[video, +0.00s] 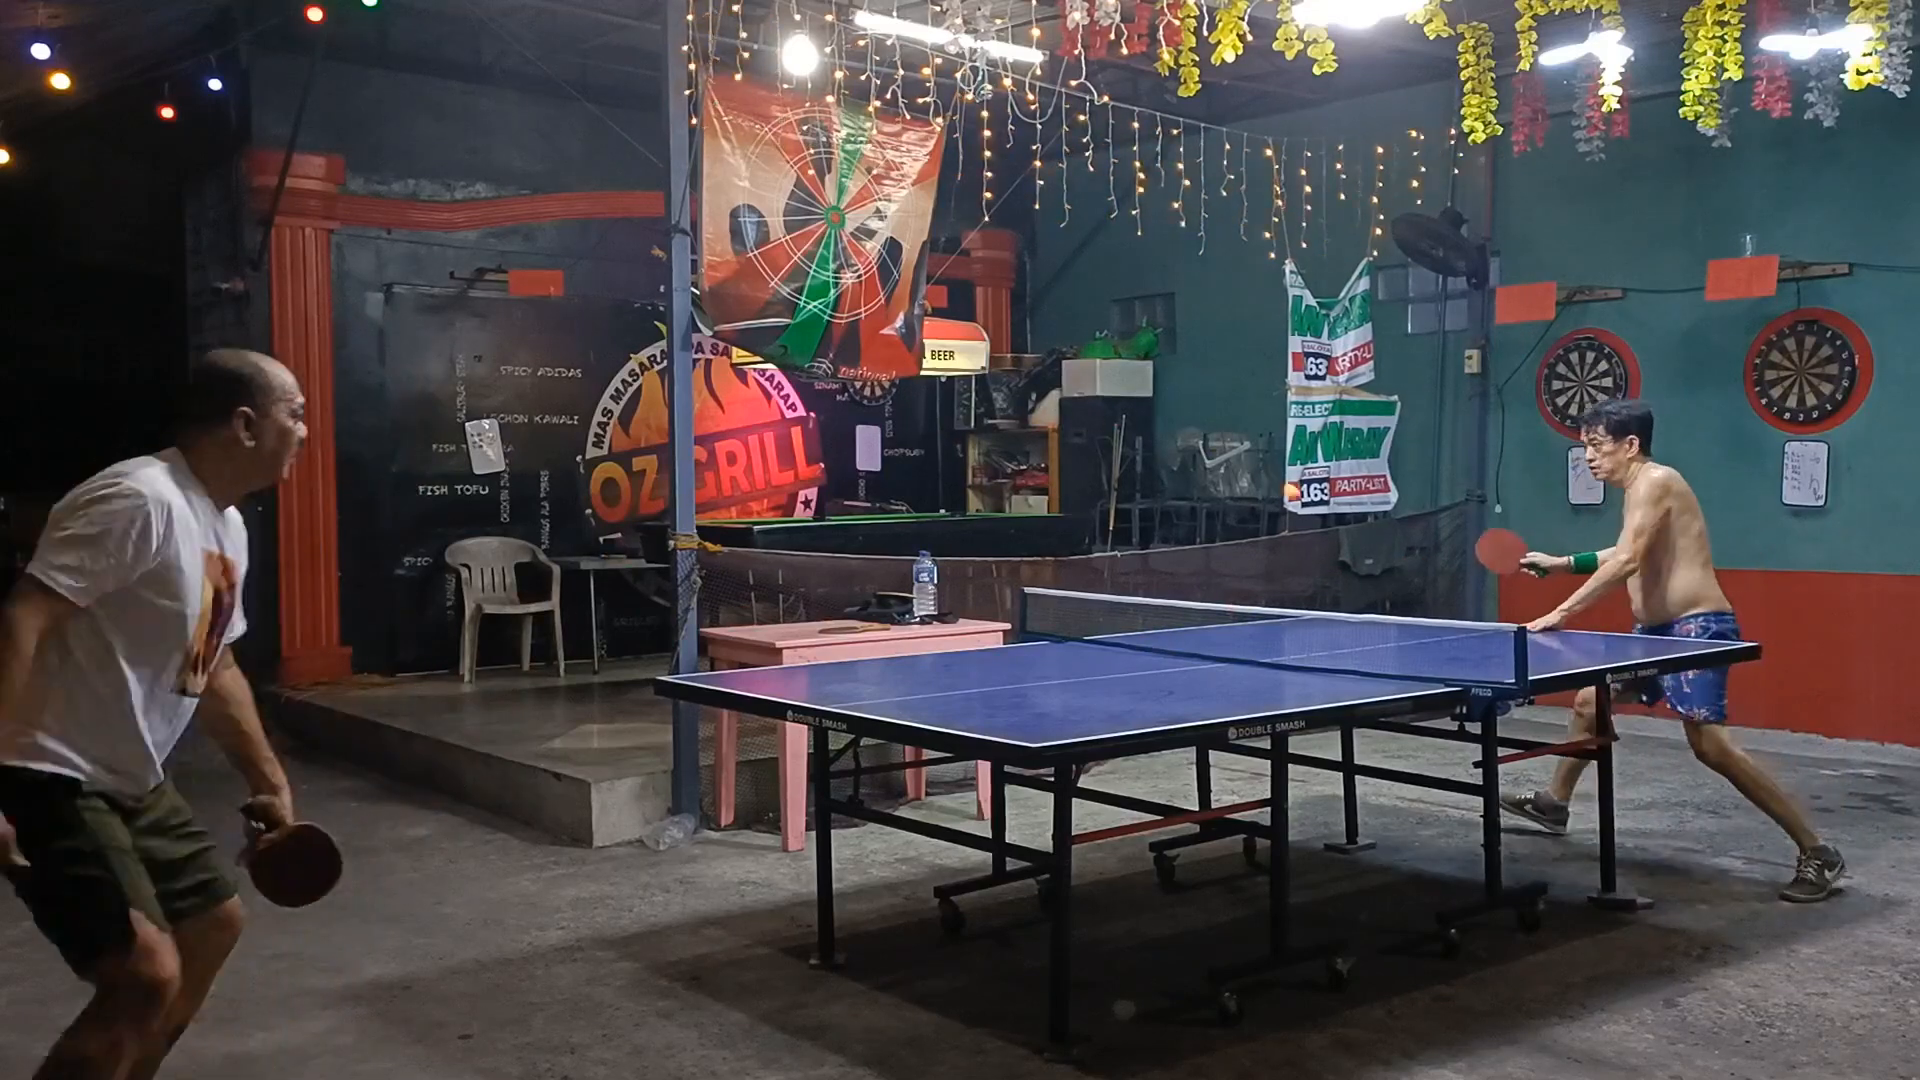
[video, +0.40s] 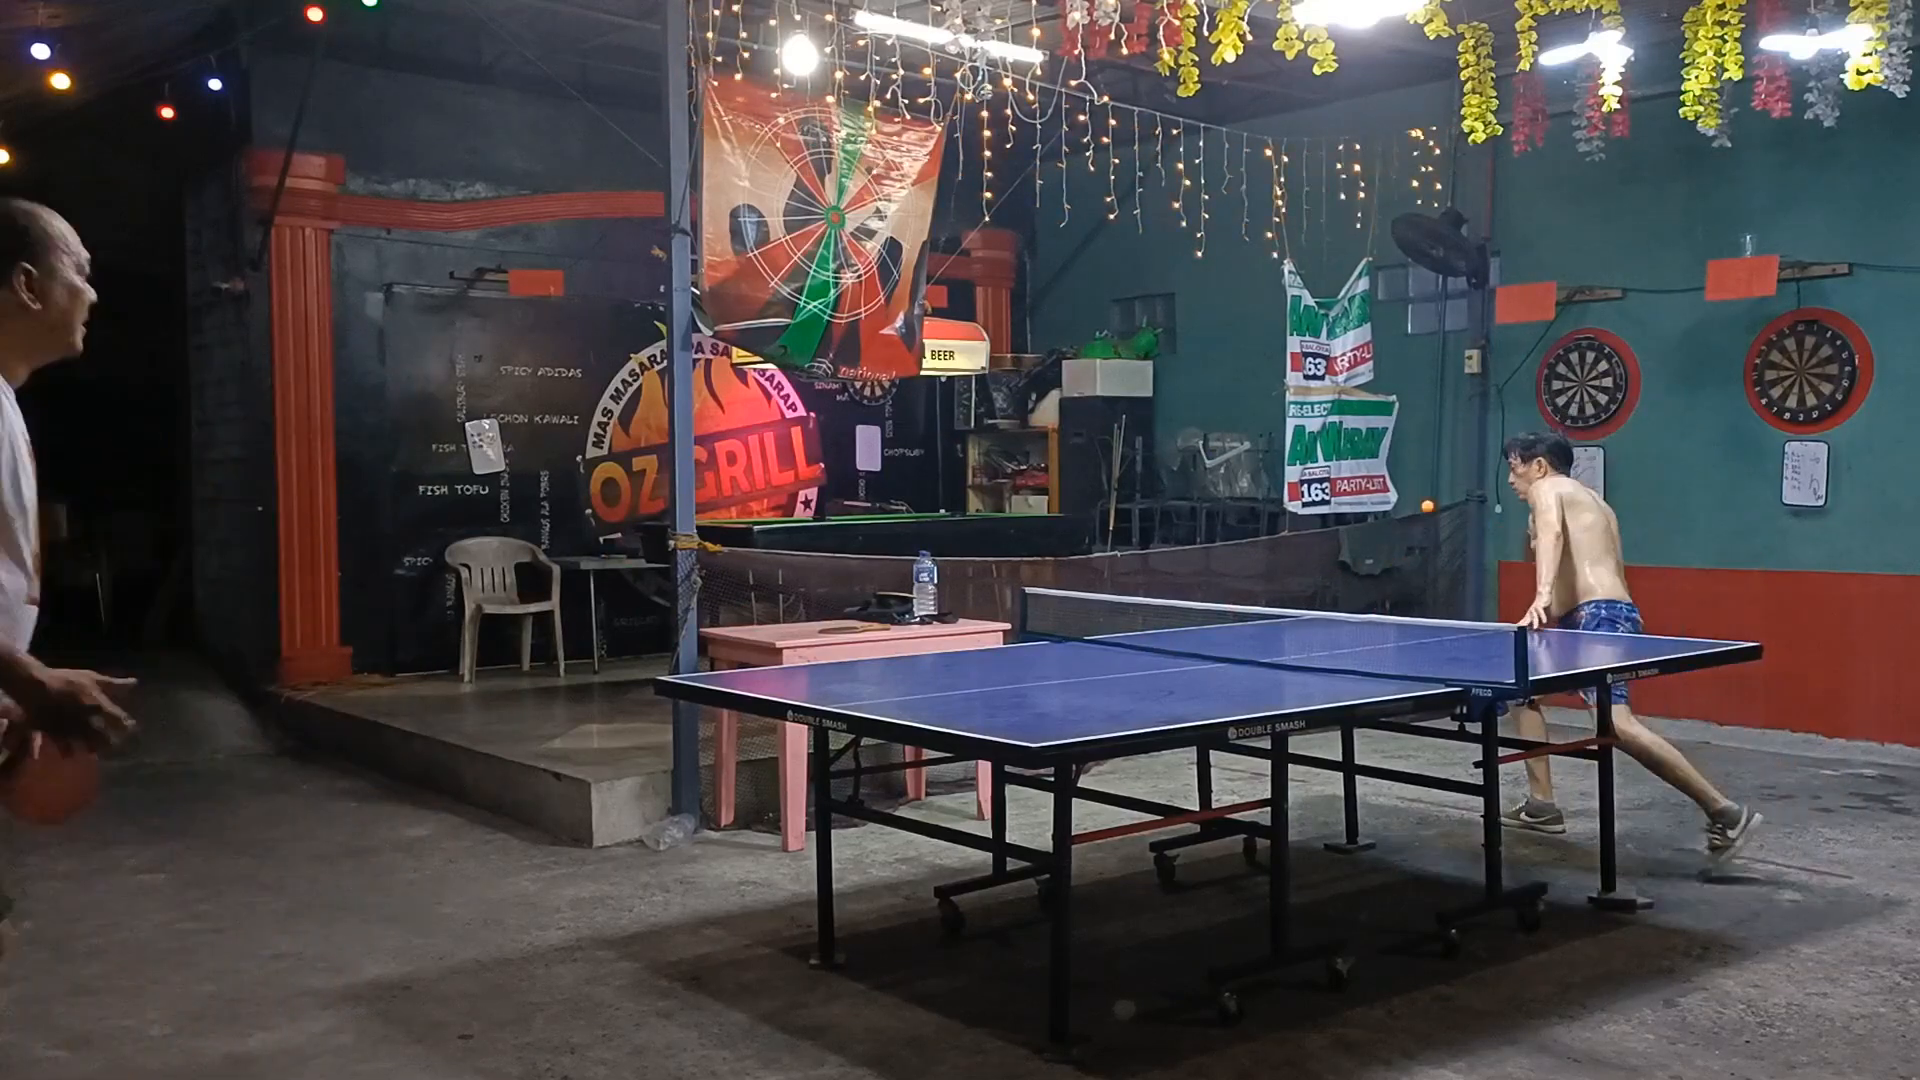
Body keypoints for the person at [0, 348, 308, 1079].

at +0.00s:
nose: (305, 431)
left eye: (303, 414)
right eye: (293, 413)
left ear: (243, 427)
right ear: (245, 425)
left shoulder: (229, 527)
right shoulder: (135, 500)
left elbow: (215, 666)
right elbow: (22, 619)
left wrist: (270, 781)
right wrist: (1, 787)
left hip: (132, 777)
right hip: (46, 775)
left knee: (213, 926)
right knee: (144, 974)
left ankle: (128, 1068)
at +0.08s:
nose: (250, 433)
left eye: (248, 416)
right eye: (241, 415)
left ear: (190, 429)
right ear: (189, 426)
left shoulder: (163, 521)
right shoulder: (93, 509)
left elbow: (141, 677)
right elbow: (18, 654)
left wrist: (196, 760)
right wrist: (75, 821)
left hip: (124, 806)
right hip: (36, 816)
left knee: (196, 942)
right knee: (65, 1036)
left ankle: (125, 1075)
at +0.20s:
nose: (185, 403)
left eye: (182, 386)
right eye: (175, 384)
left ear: (122, 397)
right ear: (121, 393)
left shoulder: (85, 493)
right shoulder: (43, 483)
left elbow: (65, 663)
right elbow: (8, 651)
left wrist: (142, 757)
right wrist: (129, 785)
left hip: (75, 814)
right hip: (12, 828)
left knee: (111, 957)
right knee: (2, 1028)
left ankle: (110, 1075)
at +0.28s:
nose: (131, 346)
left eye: (127, 327)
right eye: (119, 326)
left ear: (67, 342)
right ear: (68, 338)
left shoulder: (31, 442)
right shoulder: (9, 437)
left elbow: (24, 618)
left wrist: (90, 715)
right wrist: (107, 711)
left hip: (11, 776)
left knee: (30, 941)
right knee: (34, 939)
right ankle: (33, 1064)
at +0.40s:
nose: (92, 296)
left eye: (88, 277)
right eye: (80, 275)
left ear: (31, 292)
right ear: (27, 287)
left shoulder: (11, 412)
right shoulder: (3, 414)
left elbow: (8, 592)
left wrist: (28, 700)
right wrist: (37, 683)